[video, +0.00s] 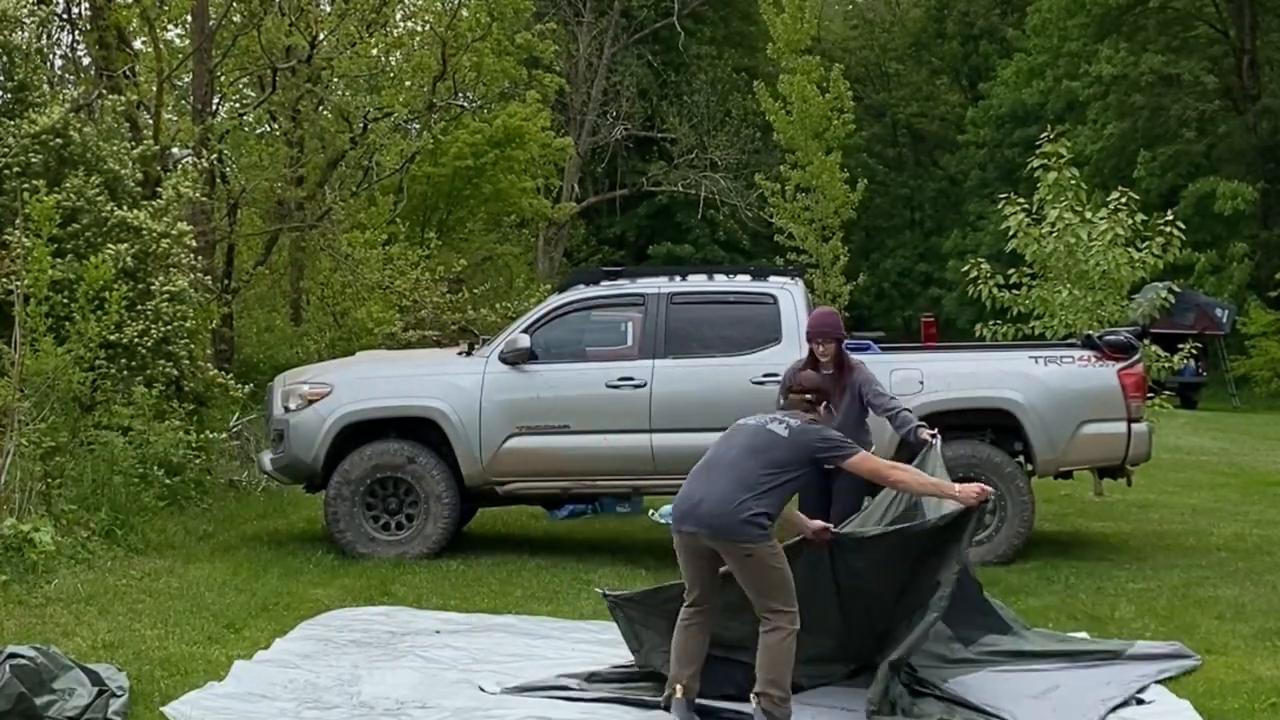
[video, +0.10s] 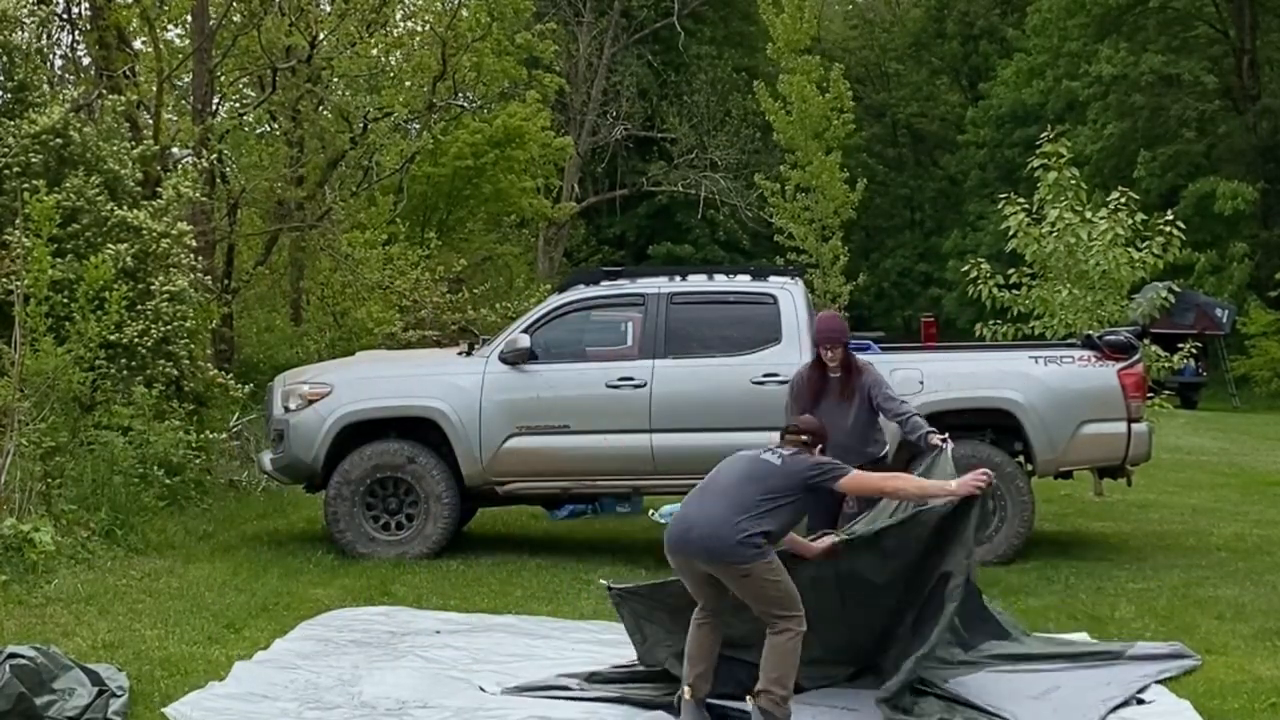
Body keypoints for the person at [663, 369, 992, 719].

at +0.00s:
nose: (830, 416)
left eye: (829, 410)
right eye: (828, 410)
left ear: (783, 402)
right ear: (820, 408)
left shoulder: (748, 425)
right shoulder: (817, 435)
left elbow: (751, 489)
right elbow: (889, 474)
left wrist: (804, 524)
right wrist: (953, 490)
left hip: (686, 518)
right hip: (740, 524)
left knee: (696, 603)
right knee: (778, 616)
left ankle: (679, 696)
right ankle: (771, 709)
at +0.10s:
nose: (821, 456)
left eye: (820, 450)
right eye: (821, 451)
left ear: (782, 443)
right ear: (816, 448)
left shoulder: (746, 458)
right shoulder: (811, 465)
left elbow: (748, 519)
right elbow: (889, 485)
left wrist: (806, 547)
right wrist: (953, 487)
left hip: (679, 538)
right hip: (735, 542)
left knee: (709, 609)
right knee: (786, 619)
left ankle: (690, 699)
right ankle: (770, 707)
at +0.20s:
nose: (822, 491)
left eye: (821, 486)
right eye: (819, 485)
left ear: (778, 474)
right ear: (807, 479)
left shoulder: (744, 494)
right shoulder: (797, 492)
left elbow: (752, 576)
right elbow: (874, 498)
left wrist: (807, 613)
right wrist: (941, 489)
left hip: (672, 574)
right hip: (721, 574)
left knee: (726, 619)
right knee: (801, 623)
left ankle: (694, 703)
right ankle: (773, 711)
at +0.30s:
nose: (832, 511)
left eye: (829, 507)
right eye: (825, 505)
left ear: (781, 500)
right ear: (802, 504)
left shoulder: (751, 519)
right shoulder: (790, 516)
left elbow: (769, 597)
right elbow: (867, 525)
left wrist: (805, 653)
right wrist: (924, 519)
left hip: (671, 608)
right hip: (703, 607)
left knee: (747, 617)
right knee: (809, 619)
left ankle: (697, 694)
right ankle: (774, 709)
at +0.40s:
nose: (810, 537)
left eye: (809, 534)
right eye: (808, 532)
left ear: (772, 522)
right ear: (799, 528)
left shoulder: (745, 543)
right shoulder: (785, 541)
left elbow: (771, 611)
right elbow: (866, 555)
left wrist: (814, 657)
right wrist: (908, 546)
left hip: (672, 640)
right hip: (699, 635)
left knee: (761, 626)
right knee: (806, 614)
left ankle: (699, 699)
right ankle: (774, 710)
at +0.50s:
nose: (807, 565)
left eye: (808, 560)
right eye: (807, 556)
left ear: (776, 530)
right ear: (794, 538)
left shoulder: (752, 558)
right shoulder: (772, 537)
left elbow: (782, 624)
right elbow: (856, 549)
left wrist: (824, 668)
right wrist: (901, 542)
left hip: (673, 640)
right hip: (690, 628)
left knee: (770, 636)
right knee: (795, 608)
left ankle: (700, 700)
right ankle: (774, 710)